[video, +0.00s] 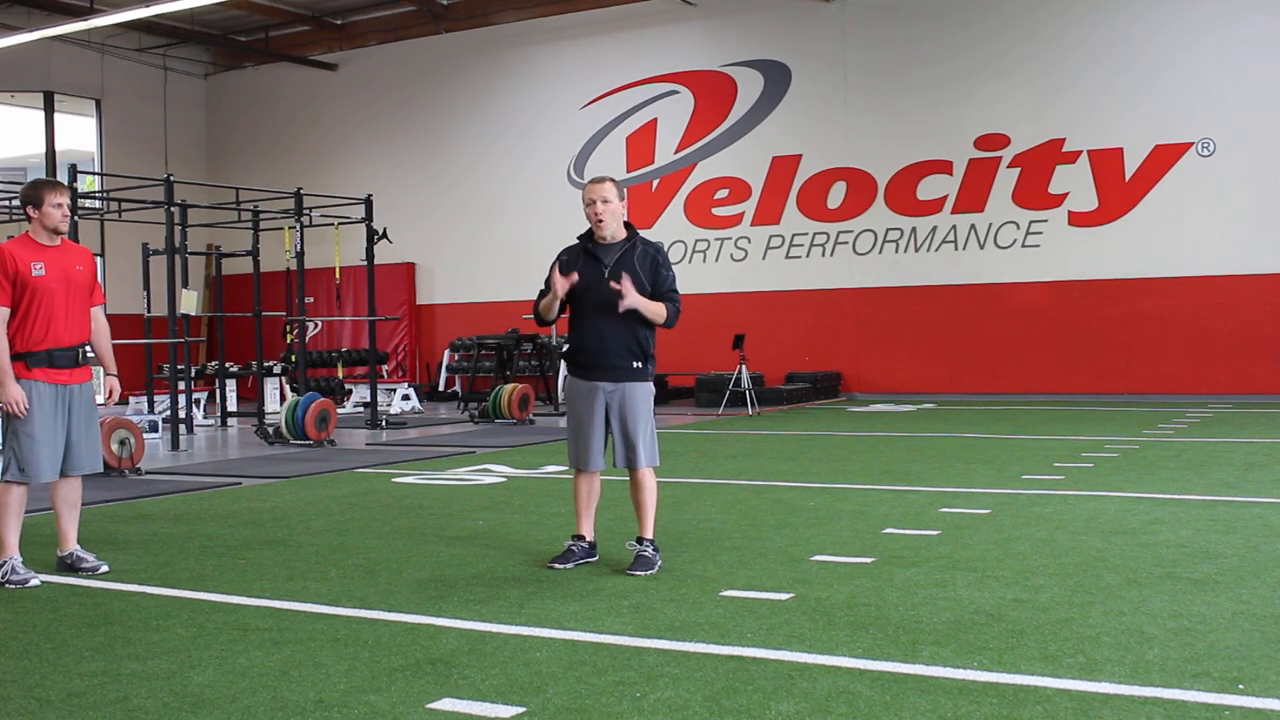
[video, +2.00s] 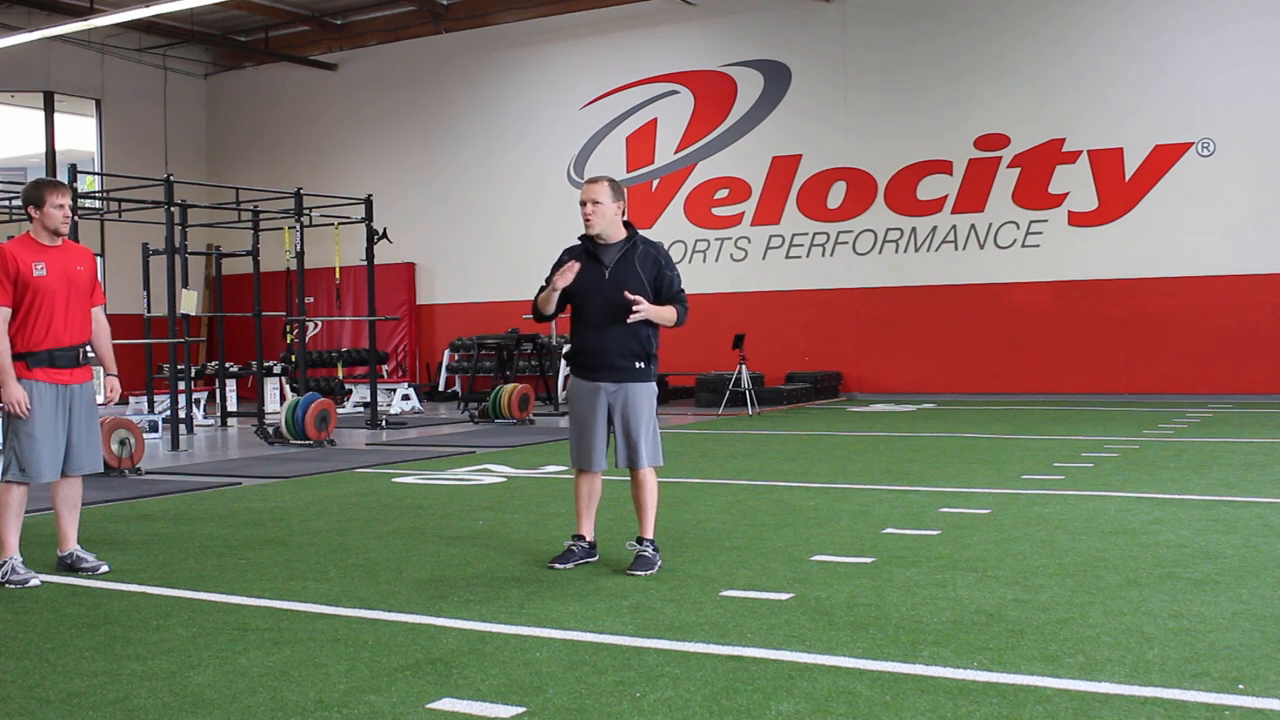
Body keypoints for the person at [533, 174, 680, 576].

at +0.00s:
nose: (597, 209)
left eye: (604, 202)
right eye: (590, 203)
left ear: (623, 205)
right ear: (584, 209)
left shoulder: (651, 255)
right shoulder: (571, 257)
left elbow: (671, 314)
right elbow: (542, 317)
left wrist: (639, 302)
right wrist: (555, 295)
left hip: (633, 379)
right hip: (582, 377)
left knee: (640, 463)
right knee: (585, 462)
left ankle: (646, 544)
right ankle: (583, 542)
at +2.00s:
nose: (586, 211)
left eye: (594, 204)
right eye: (583, 204)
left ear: (619, 207)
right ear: (582, 209)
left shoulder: (652, 256)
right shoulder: (572, 257)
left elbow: (678, 313)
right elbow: (541, 313)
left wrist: (652, 311)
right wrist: (554, 287)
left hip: (635, 380)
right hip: (584, 378)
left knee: (641, 463)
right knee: (586, 463)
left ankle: (647, 544)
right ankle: (584, 542)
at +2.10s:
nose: (587, 211)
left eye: (595, 203)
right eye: (584, 204)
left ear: (620, 206)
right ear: (583, 209)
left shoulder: (652, 256)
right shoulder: (571, 259)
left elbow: (678, 313)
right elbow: (545, 316)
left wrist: (651, 311)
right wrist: (538, 306)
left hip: (635, 380)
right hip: (585, 379)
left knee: (641, 463)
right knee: (587, 462)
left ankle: (647, 545)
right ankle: (584, 542)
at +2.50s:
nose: (588, 207)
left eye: (596, 200)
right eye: (584, 202)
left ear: (620, 205)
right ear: (582, 208)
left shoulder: (651, 255)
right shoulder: (570, 259)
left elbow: (678, 312)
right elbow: (547, 318)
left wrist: (641, 306)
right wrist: (540, 309)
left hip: (635, 380)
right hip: (584, 379)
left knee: (641, 463)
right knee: (586, 463)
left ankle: (647, 544)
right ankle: (584, 542)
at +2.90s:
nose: (582, 214)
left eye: (590, 206)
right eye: (578, 207)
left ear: (614, 209)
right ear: (575, 213)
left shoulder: (646, 253)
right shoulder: (571, 260)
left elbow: (648, 311)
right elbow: (554, 323)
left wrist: (588, 306)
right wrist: (559, 310)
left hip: (634, 379)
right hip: (586, 378)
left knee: (641, 462)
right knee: (586, 462)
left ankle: (646, 544)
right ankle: (584, 541)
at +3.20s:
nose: (587, 204)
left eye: (596, 197)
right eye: (585, 197)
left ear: (621, 204)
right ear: (582, 204)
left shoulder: (651, 251)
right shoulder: (571, 257)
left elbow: (679, 310)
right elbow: (550, 310)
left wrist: (659, 280)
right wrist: (554, 317)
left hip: (636, 377)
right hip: (585, 377)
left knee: (641, 462)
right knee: (587, 463)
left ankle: (646, 544)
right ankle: (584, 541)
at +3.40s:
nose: (590, 201)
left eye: (600, 195)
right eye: (588, 195)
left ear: (623, 203)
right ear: (585, 203)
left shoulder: (651, 253)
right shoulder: (570, 258)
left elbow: (680, 309)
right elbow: (552, 309)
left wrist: (686, 309)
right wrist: (557, 318)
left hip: (637, 378)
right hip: (587, 378)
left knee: (642, 463)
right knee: (586, 464)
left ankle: (646, 545)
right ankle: (583, 541)